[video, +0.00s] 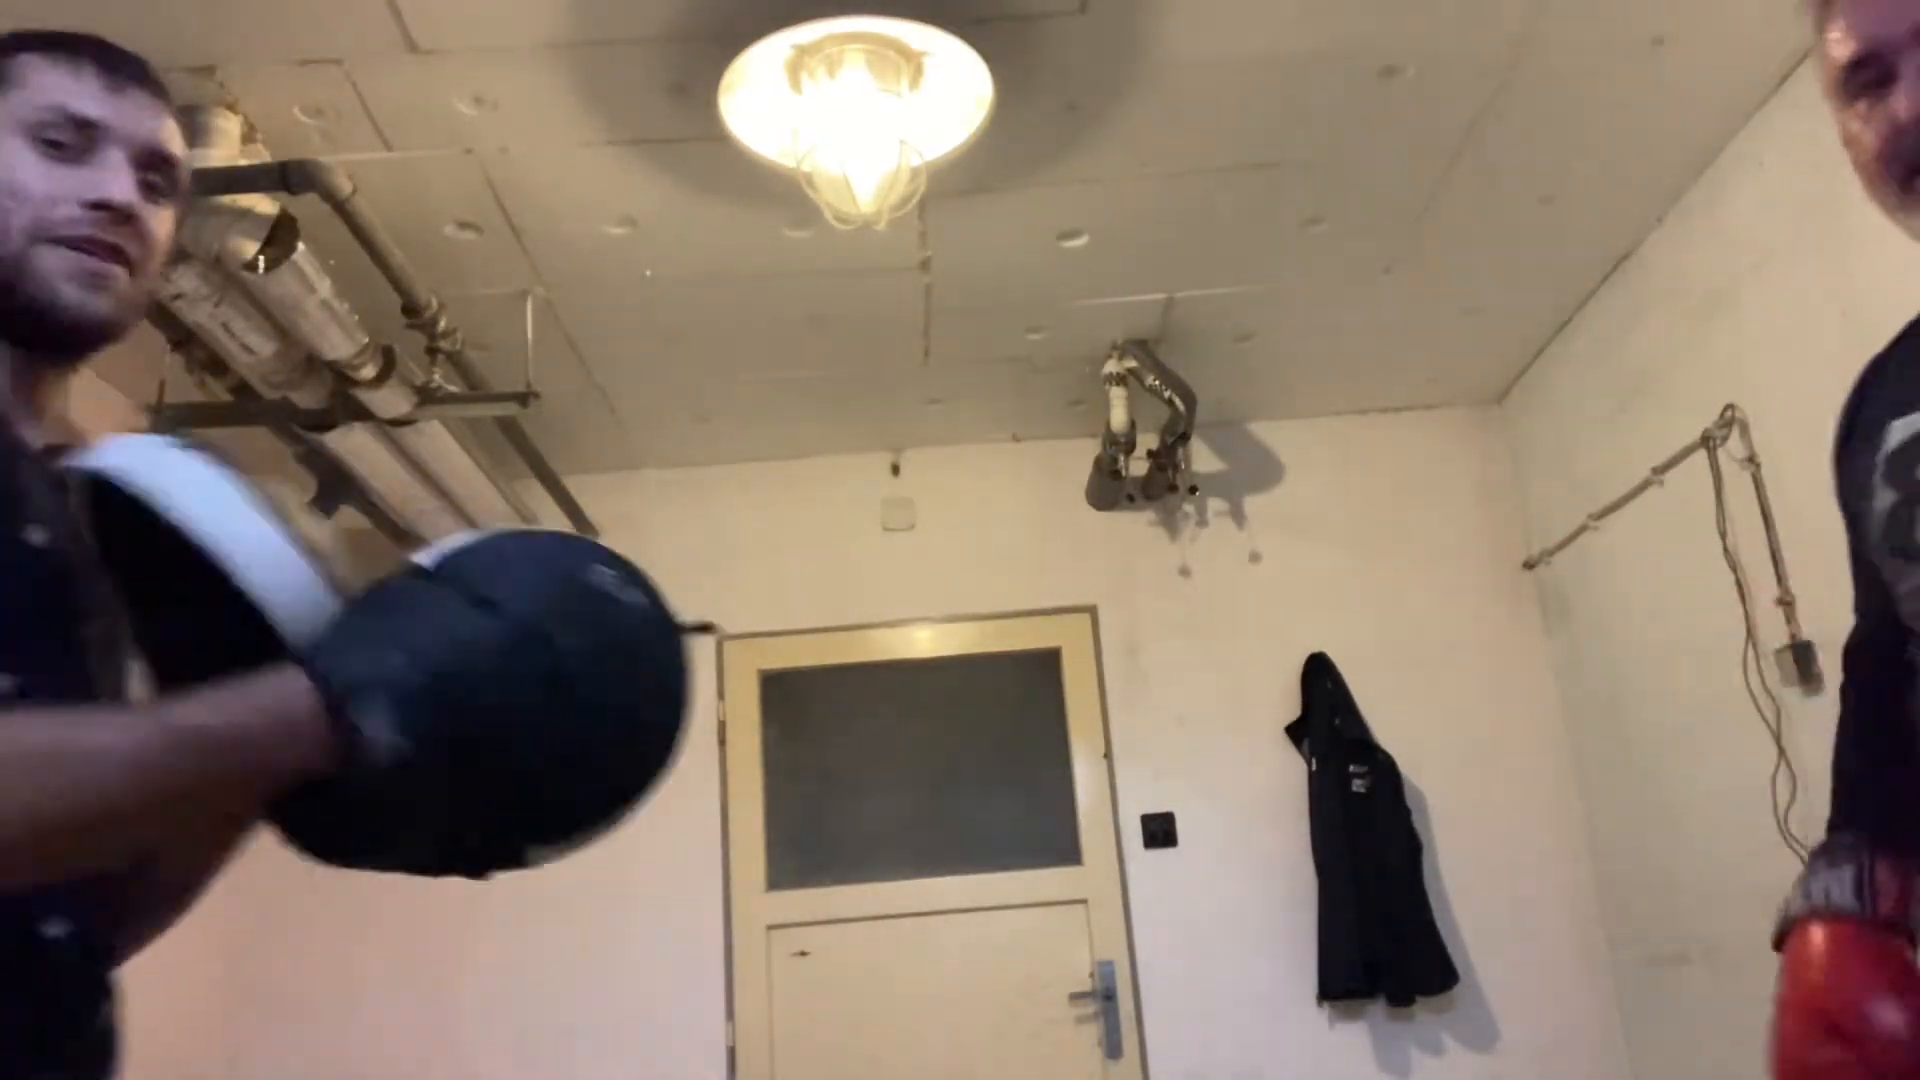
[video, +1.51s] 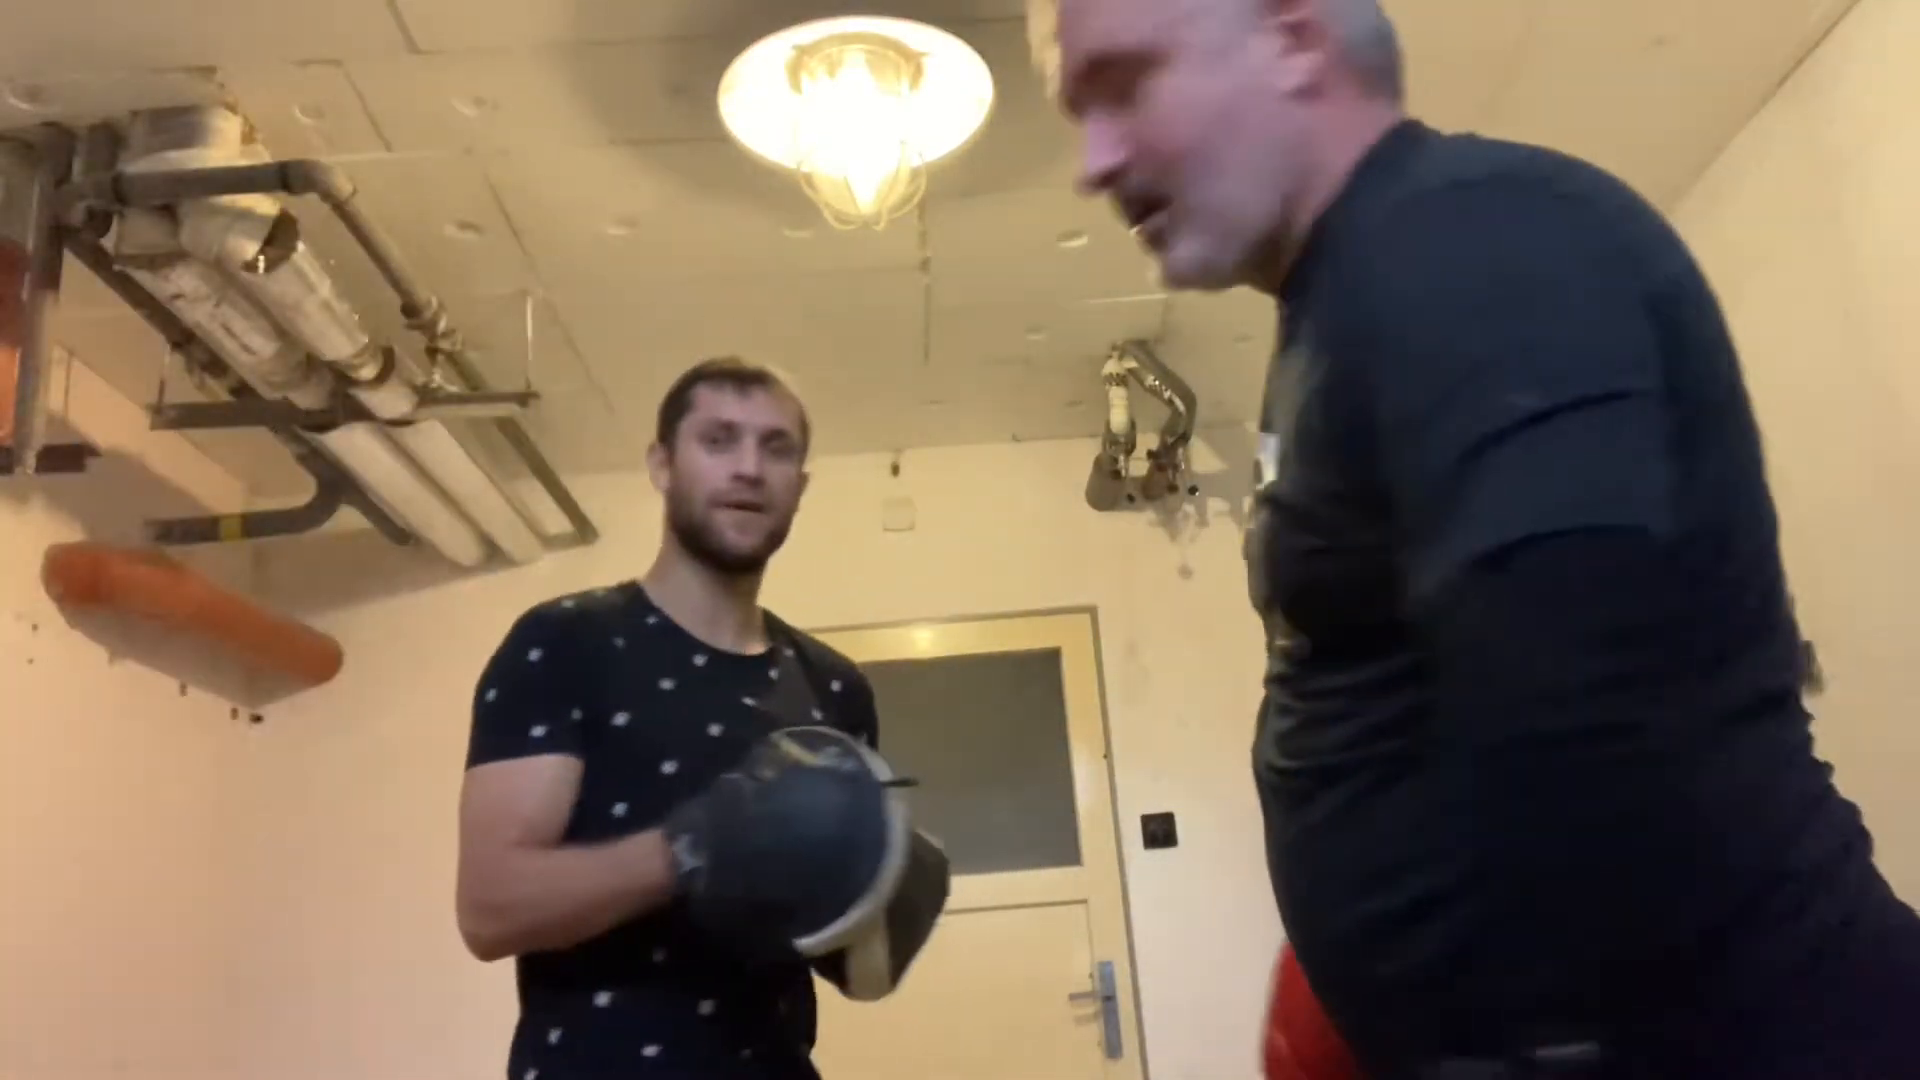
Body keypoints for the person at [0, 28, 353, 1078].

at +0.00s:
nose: (118, 197)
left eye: (154, 182)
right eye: (61, 144)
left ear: (172, 247)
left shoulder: (82, 504)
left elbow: (93, 918)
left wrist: (234, 713)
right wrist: (322, 708)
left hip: (56, 1047)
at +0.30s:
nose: (335, 227)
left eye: (359, 201)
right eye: (276, 180)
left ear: (379, 239)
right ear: (145, 216)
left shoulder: (203, 487)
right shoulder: (112, 464)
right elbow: (123, 904)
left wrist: (517, 787)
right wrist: (561, 759)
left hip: (262, 1057)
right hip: (171, 1064)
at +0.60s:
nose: (555, 253)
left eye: (581, 226)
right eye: (503, 201)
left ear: (599, 259)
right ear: (387, 223)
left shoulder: (414, 477)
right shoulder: (356, 461)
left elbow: (440, 813)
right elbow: (418, 865)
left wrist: (692, 770)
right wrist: (796, 751)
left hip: (435, 1050)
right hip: (354, 1052)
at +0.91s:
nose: (667, 325)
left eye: (695, 300)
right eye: (622, 280)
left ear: (712, 337)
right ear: (528, 302)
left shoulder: (633, 585)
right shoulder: (462, 519)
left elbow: (592, 870)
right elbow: (484, 867)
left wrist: (778, 860)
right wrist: (840, 765)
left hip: (639, 1049)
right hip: (495, 1054)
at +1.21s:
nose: (761, 434)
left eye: (791, 411)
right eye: (726, 399)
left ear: (812, 447)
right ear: (658, 421)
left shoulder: (797, 666)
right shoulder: (561, 615)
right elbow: (499, 909)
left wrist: (895, 926)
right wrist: (790, 836)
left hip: (759, 1055)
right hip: (595, 1054)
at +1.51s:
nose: (748, 469)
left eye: (776, 448)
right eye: (717, 441)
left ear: (801, 484)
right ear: (661, 466)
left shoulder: (833, 690)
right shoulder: (561, 647)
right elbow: (491, 907)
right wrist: (697, 845)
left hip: (767, 1056)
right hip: (591, 1056)